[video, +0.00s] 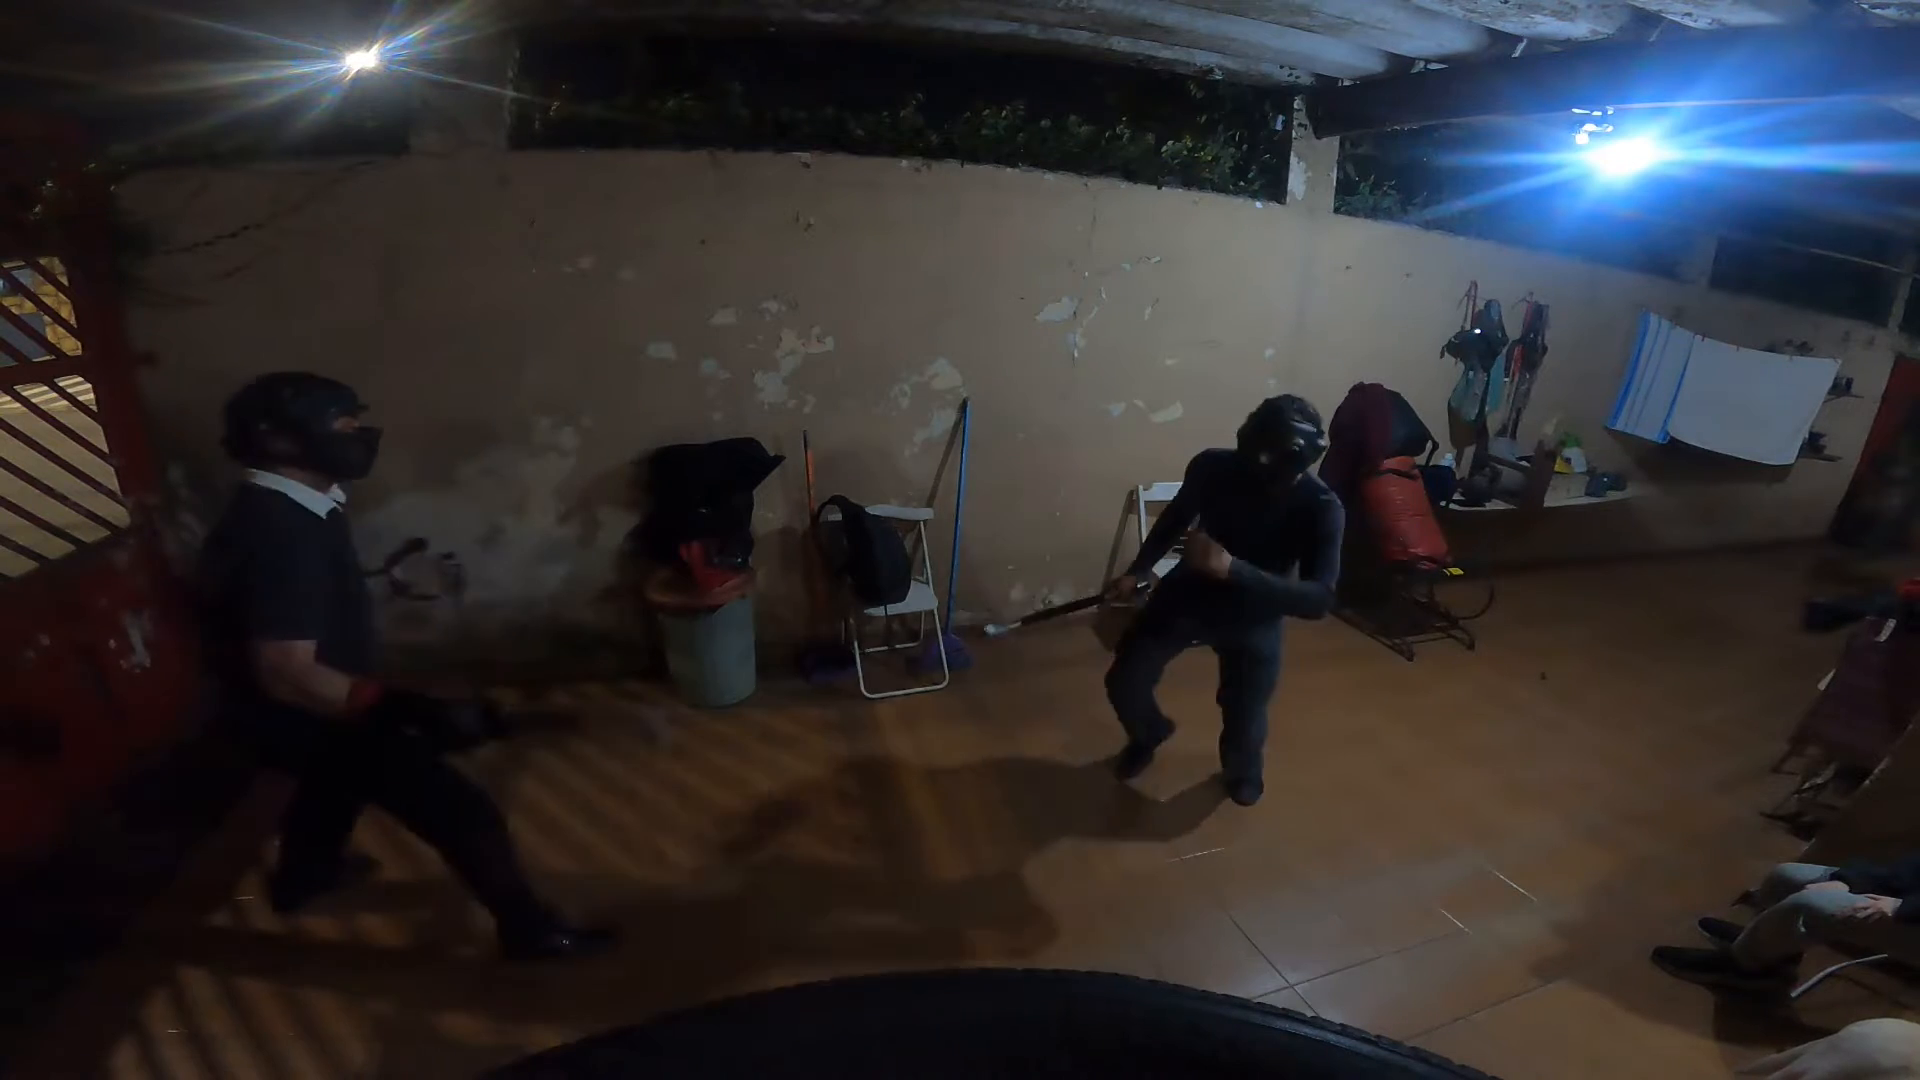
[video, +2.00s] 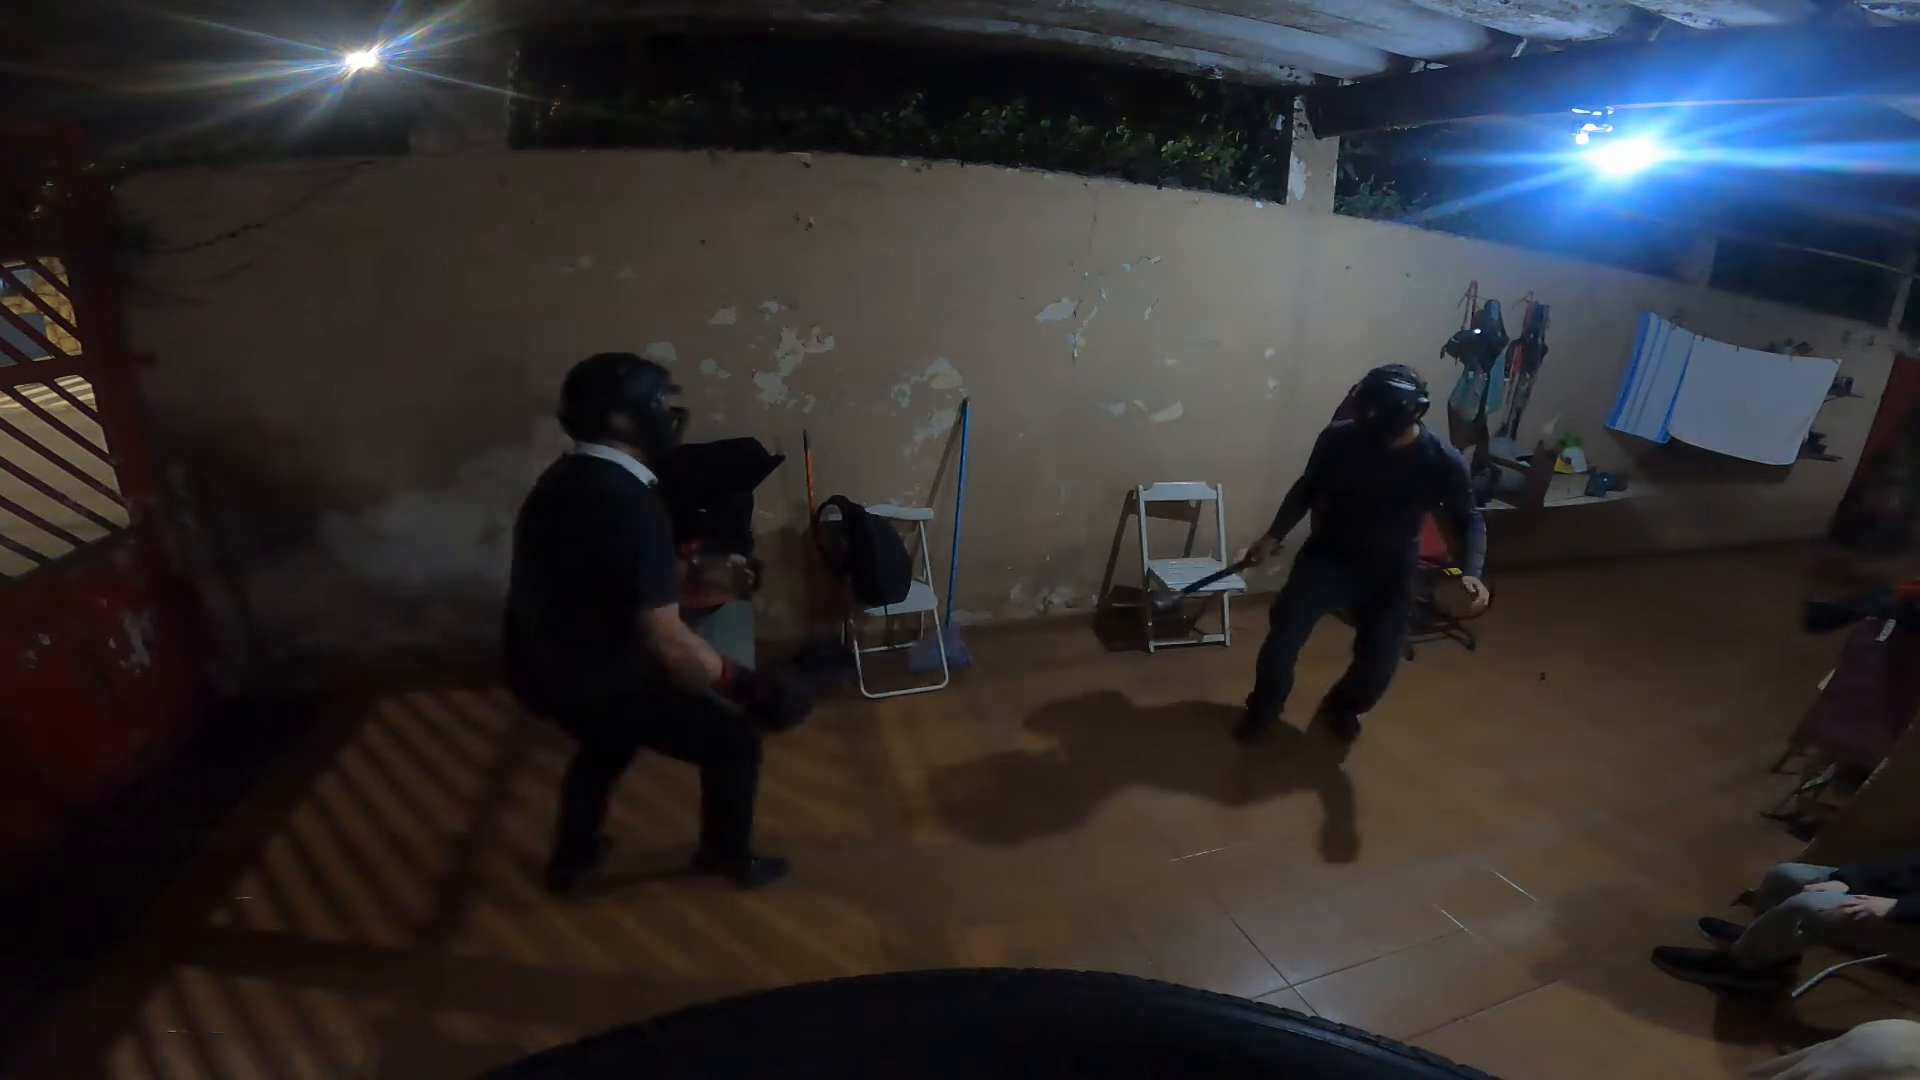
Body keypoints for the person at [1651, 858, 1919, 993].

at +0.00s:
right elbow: (1911, 870)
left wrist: (1903, 908)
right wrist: (1847, 878)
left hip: (1912, 923)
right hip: (1904, 891)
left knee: (1807, 905)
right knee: (1785, 877)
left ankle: (1740, 962)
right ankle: (1755, 942)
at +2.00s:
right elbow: (1911, 866)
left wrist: (1898, 908)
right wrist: (1849, 881)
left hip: (1910, 926)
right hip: (1900, 894)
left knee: (1803, 908)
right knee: (1785, 877)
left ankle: (1739, 962)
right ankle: (1762, 946)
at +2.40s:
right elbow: (1910, 870)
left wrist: (1871, 908)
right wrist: (1847, 881)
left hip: (1910, 924)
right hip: (1898, 893)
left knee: (1797, 913)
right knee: (1783, 879)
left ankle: (1738, 963)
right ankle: (1766, 953)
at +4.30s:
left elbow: (1914, 916)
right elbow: (1908, 871)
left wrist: (1858, 908)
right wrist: (1844, 882)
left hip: (1911, 926)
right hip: (1902, 891)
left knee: (1795, 915)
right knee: (1781, 879)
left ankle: (1741, 962)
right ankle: (1756, 946)